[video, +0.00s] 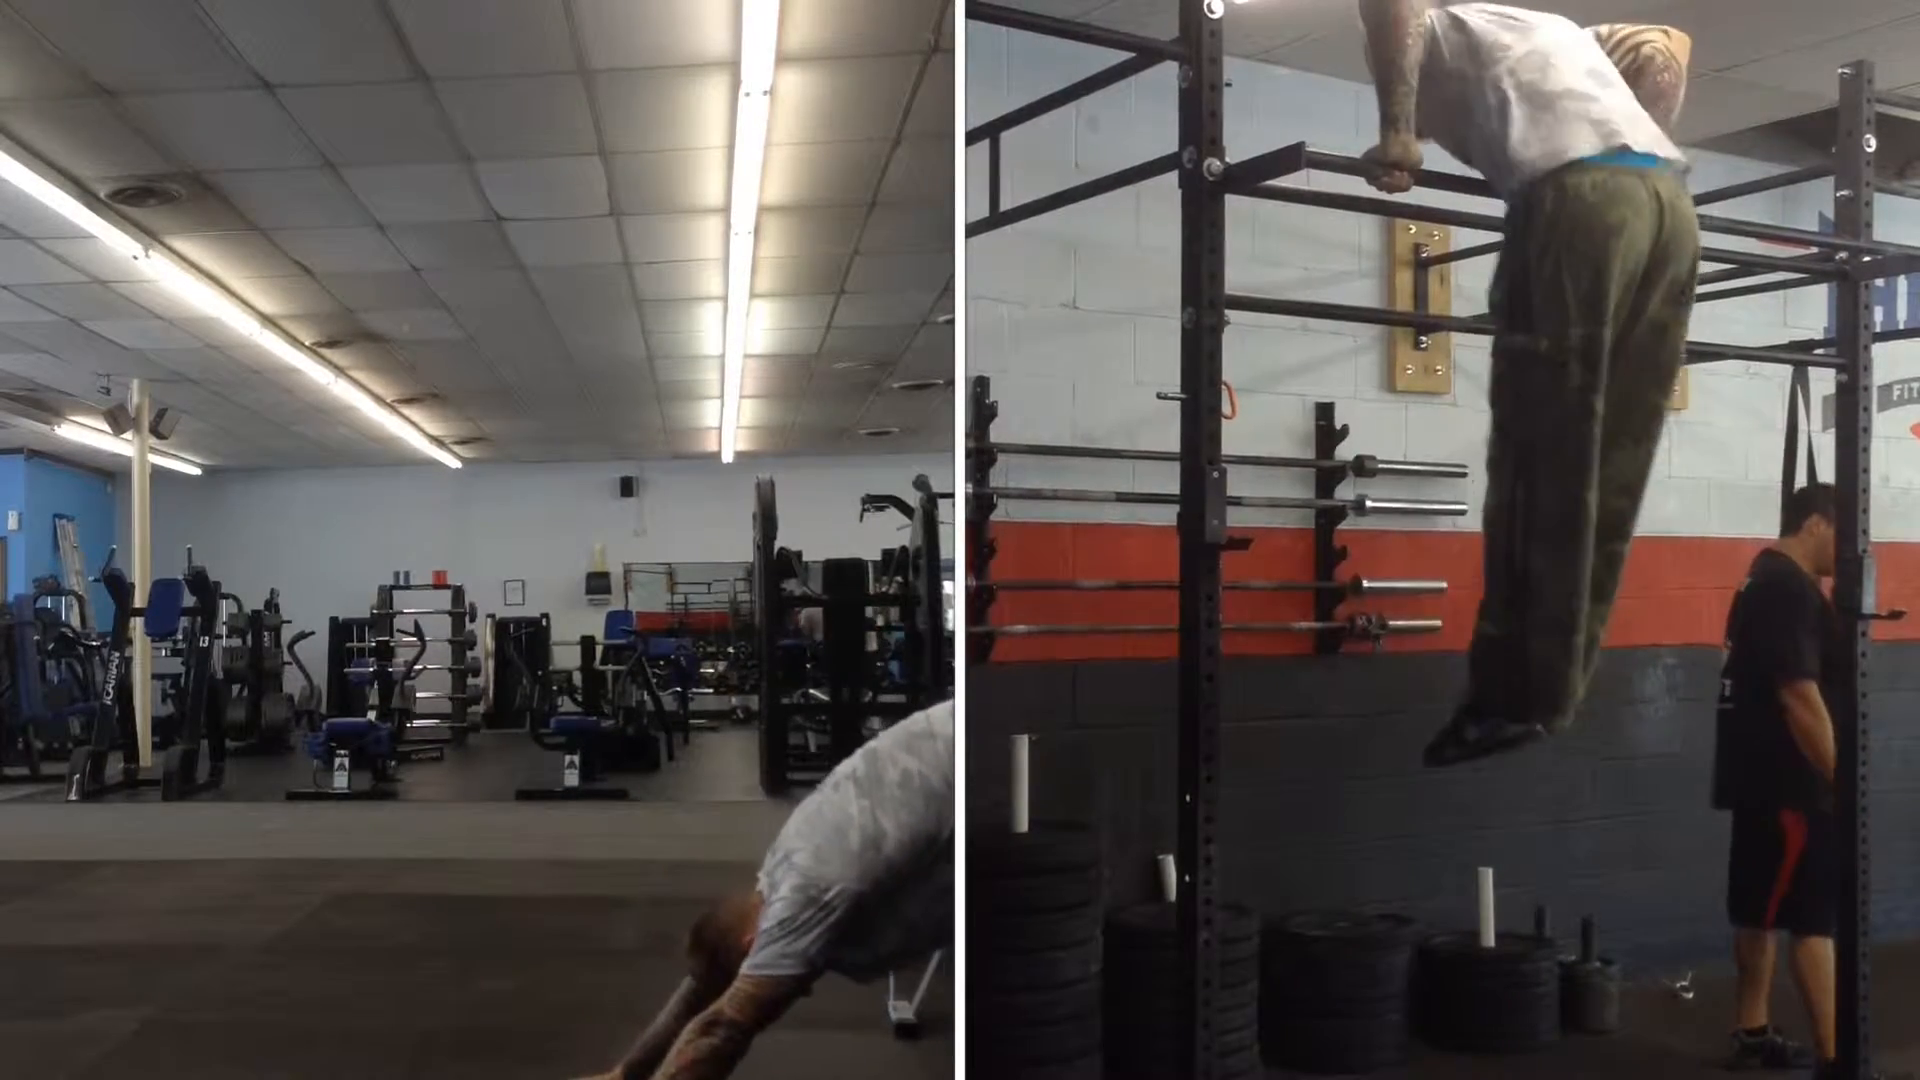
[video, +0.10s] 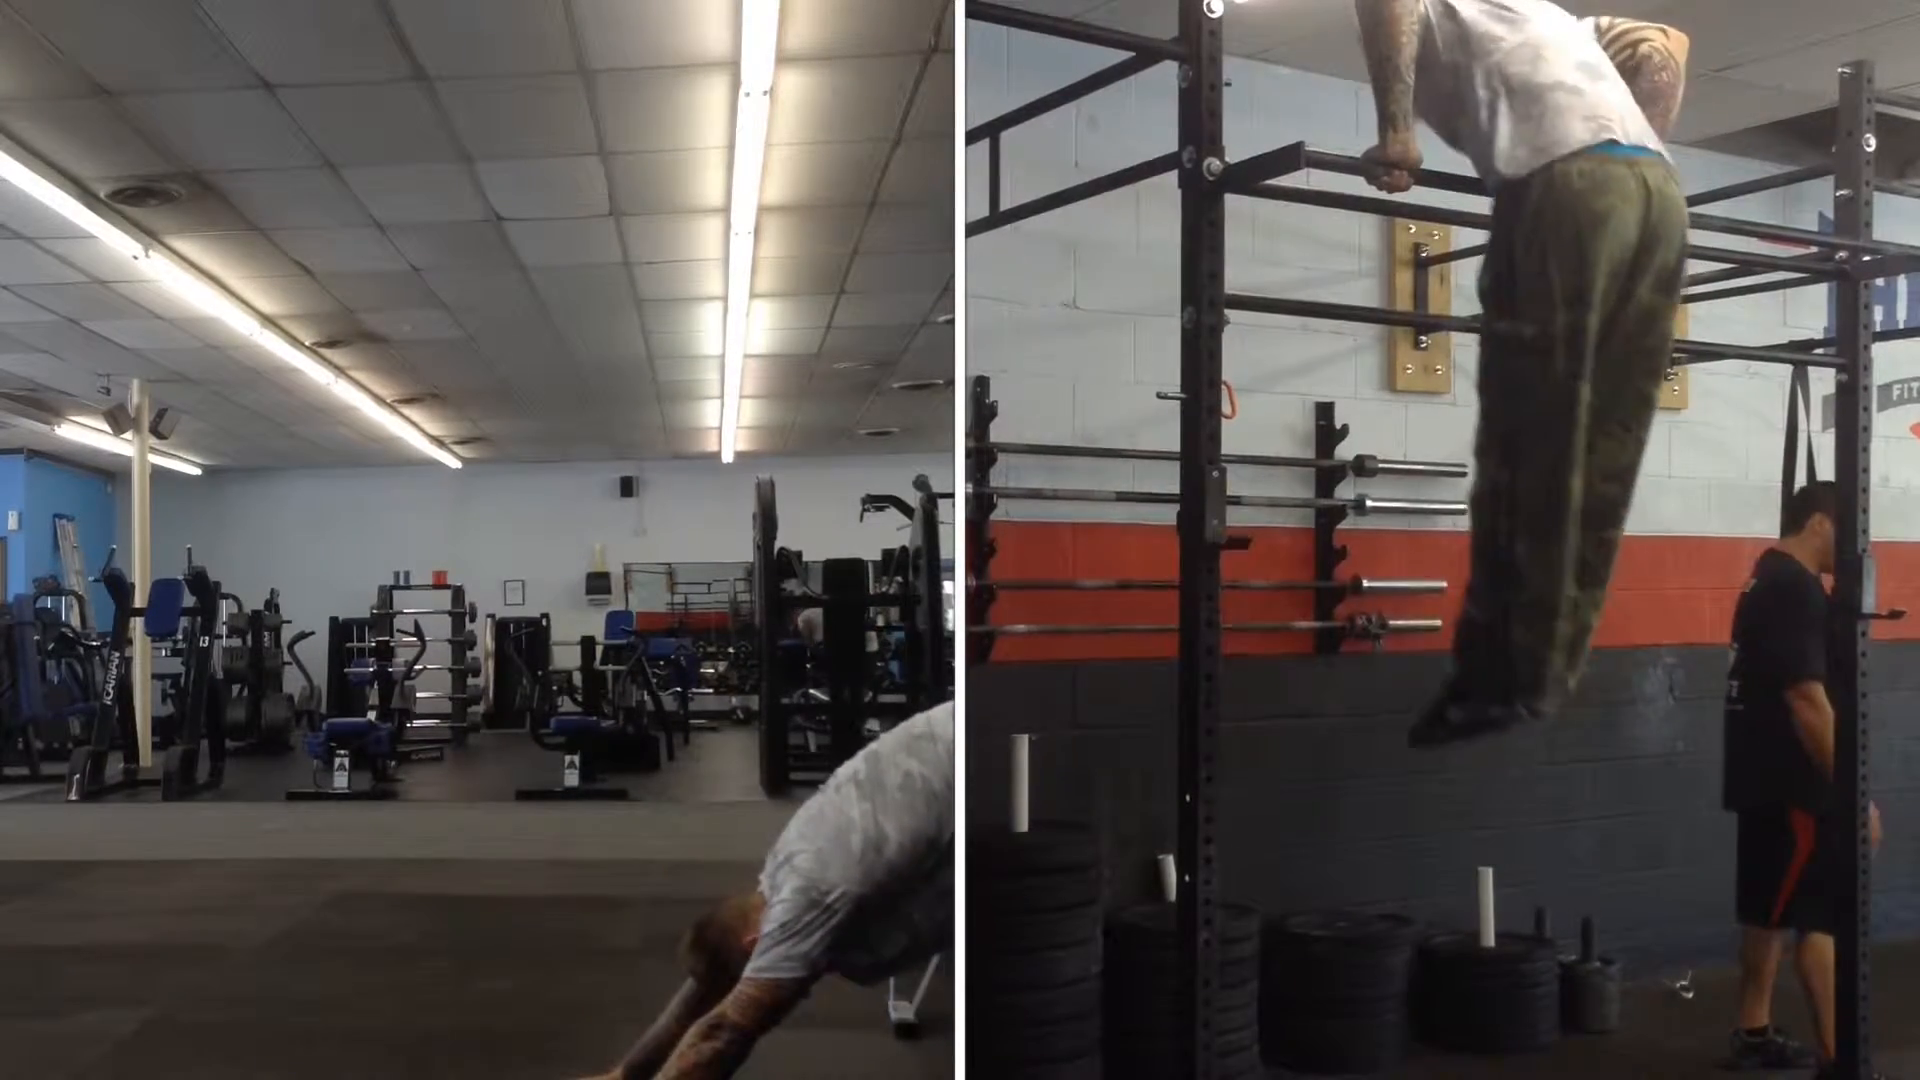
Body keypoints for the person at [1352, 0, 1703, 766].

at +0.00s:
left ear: (1421, 25)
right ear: (1489, 14)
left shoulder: (1432, 25)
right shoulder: (1556, 31)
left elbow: (1391, 2)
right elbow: (1662, 48)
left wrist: (1397, 127)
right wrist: (1642, 158)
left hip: (1579, 197)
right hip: (1672, 205)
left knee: (1543, 448)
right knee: (1618, 456)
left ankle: (1512, 696)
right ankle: (1556, 689)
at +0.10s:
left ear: (1419, 14)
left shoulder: (1425, 13)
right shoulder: (1549, 16)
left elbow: (1387, 4)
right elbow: (1659, 48)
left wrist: (1395, 124)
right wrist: (1641, 158)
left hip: (1566, 183)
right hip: (1660, 190)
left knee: (1530, 433)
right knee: (1611, 440)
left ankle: (1497, 679)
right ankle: (1550, 675)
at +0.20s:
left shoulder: (1426, 11)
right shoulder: (1560, 9)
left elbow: (1391, 6)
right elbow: (1655, 42)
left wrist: (1397, 127)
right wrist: (1641, 144)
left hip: (1545, 165)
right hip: (1641, 169)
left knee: (1504, 409)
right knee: (1592, 412)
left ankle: (1469, 649)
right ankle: (1537, 641)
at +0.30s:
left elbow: (1397, 8)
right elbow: (1648, 40)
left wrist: (1394, 124)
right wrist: (1642, 142)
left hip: (1530, 139)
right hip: (1624, 144)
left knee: (1482, 382)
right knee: (1569, 387)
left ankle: (1437, 619)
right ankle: (1489, 604)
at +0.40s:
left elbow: (1396, 11)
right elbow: (1633, 43)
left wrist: (1394, 125)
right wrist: (1631, 159)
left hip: (1521, 116)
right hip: (1615, 124)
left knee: (1471, 360)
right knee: (1555, 368)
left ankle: (1423, 592)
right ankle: (1469, 583)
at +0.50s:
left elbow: (1399, 11)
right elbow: (1626, 44)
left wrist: (1395, 124)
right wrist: (1631, 155)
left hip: (1525, 108)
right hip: (1618, 116)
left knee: (1476, 353)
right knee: (1558, 363)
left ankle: (1428, 589)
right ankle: (1470, 584)